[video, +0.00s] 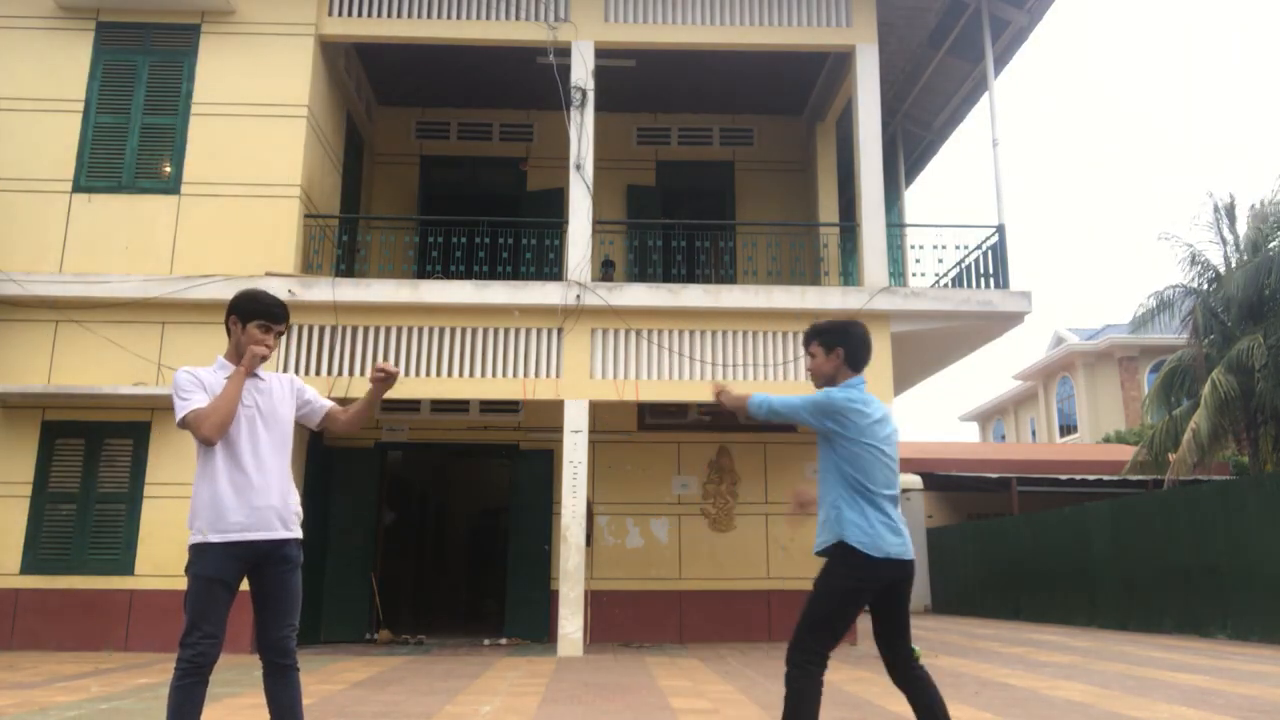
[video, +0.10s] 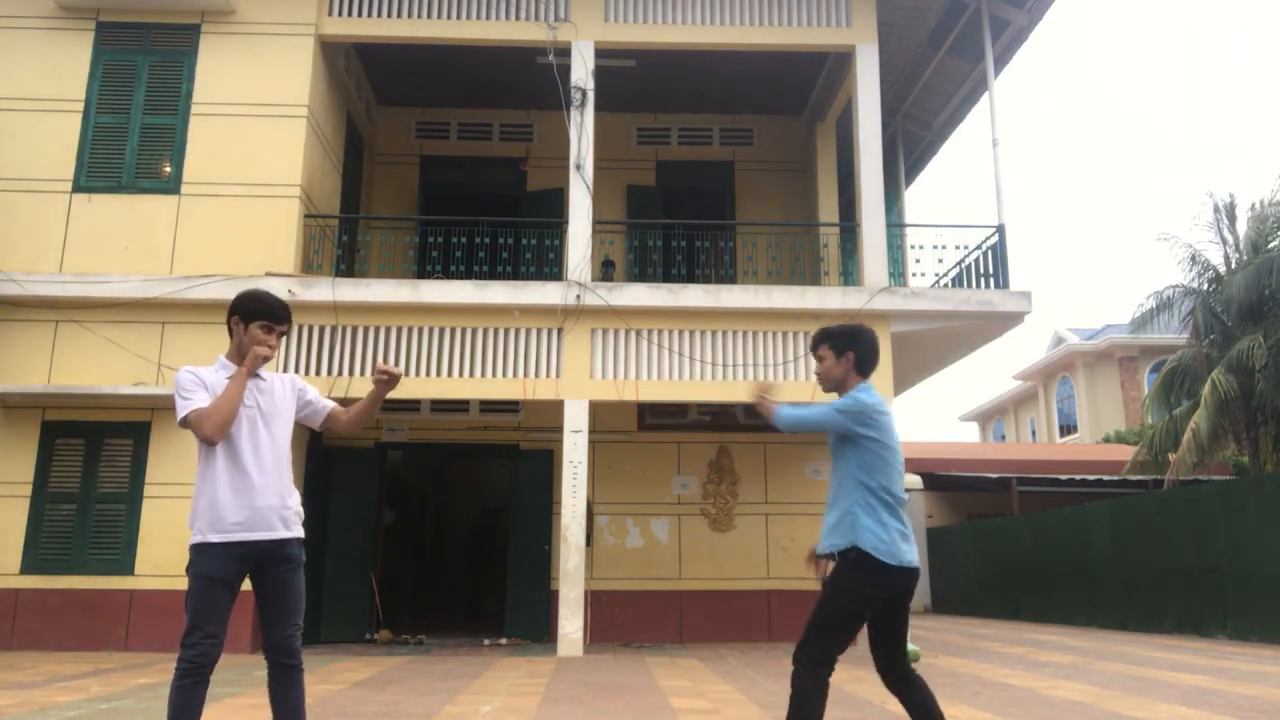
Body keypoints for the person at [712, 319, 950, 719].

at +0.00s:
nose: (807, 366)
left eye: (812, 356)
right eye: (806, 357)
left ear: (837, 356)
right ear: (844, 359)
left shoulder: (836, 404)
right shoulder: (881, 412)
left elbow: (767, 407)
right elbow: (874, 486)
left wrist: (732, 398)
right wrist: (819, 498)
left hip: (857, 555)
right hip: (896, 558)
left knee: (805, 658)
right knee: (902, 661)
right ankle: (940, 717)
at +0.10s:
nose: (816, 369)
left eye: (822, 359)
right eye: (816, 360)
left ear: (849, 360)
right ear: (851, 363)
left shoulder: (860, 406)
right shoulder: (870, 409)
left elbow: (789, 417)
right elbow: (860, 492)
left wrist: (765, 403)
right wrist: (827, 543)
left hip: (869, 560)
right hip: (897, 563)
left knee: (811, 662)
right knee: (895, 669)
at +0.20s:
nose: (826, 373)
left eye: (833, 363)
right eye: (825, 364)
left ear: (860, 364)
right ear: (853, 367)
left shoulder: (886, 415)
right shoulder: (850, 424)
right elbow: (821, 501)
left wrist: (810, 433)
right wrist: (775, 541)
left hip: (879, 564)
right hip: (883, 565)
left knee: (815, 664)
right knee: (888, 674)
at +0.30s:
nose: (833, 374)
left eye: (840, 365)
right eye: (832, 366)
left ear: (869, 367)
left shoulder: (902, 426)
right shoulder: (850, 430)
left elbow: (882, 490)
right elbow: (800, 469)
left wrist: (832, 487)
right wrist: (735, 478)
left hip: (890, 567)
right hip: (873, 566)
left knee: (819, 664)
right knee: (885, 674)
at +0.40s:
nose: (837, 374)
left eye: (844, 365)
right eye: (837, 366)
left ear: (873, 367)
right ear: (864, 369)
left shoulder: (898, 425)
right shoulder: (858, 426)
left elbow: (878, 491)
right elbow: (801, 450)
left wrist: (831, 522)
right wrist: (742, 425)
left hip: (893, 564)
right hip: (883, 564)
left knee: (824, 664)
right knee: (887, 672)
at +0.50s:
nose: (839, 376)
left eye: (846, 367)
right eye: (839, 368)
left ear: (874, 367)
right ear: (870, 370)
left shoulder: (890, 421)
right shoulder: (873, 423)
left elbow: (852, 486)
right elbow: (817, 451)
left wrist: (806, 520)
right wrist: (775, 412)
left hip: (891, 562)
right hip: (894, 563)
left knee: (828, 663)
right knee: (890, 673)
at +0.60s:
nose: (838, 376)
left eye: (845, 367)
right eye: (838, 368)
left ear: (873, 367)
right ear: (872, 370)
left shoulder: (884, 419)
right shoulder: (884, 417)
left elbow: (828, 476)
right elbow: (834, 472)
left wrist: (769, 494)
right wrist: (809, 431)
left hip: (887, 564)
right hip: (905, 566)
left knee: (828, 664)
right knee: (892, 672)